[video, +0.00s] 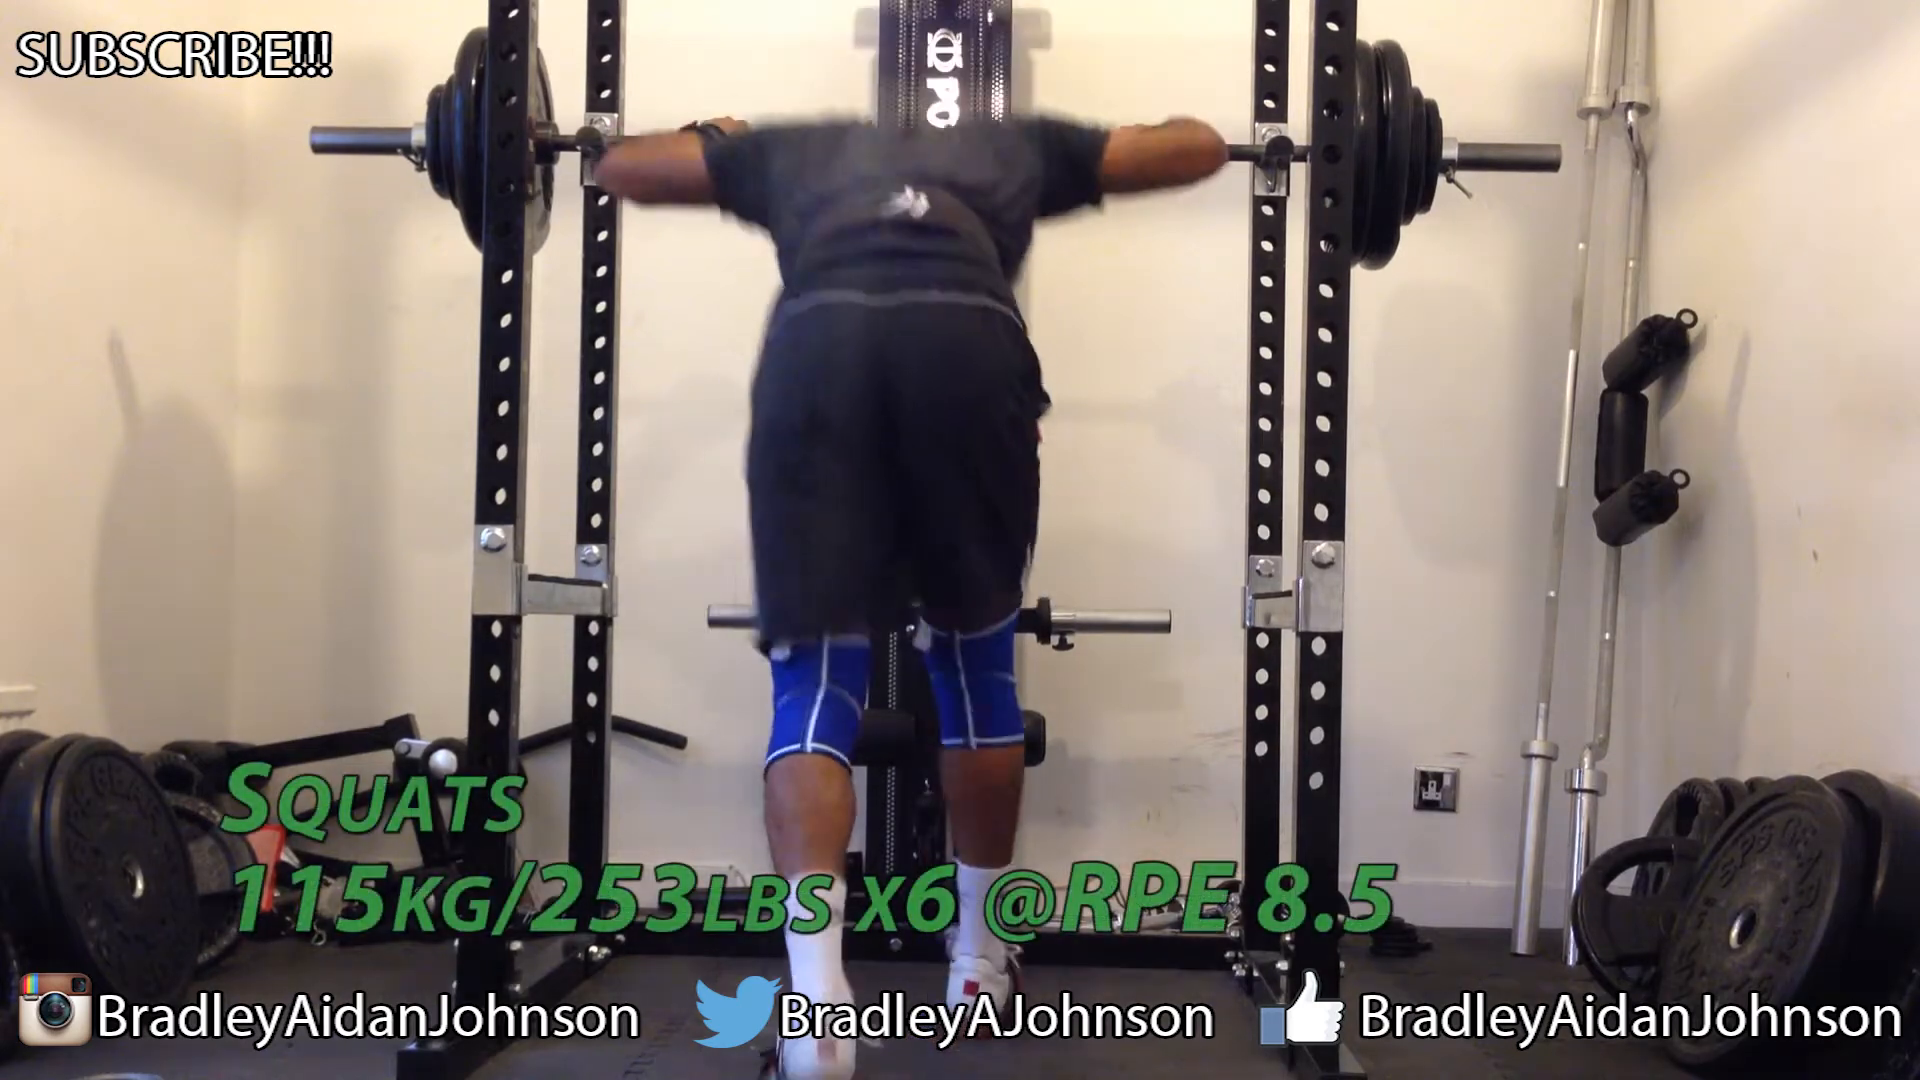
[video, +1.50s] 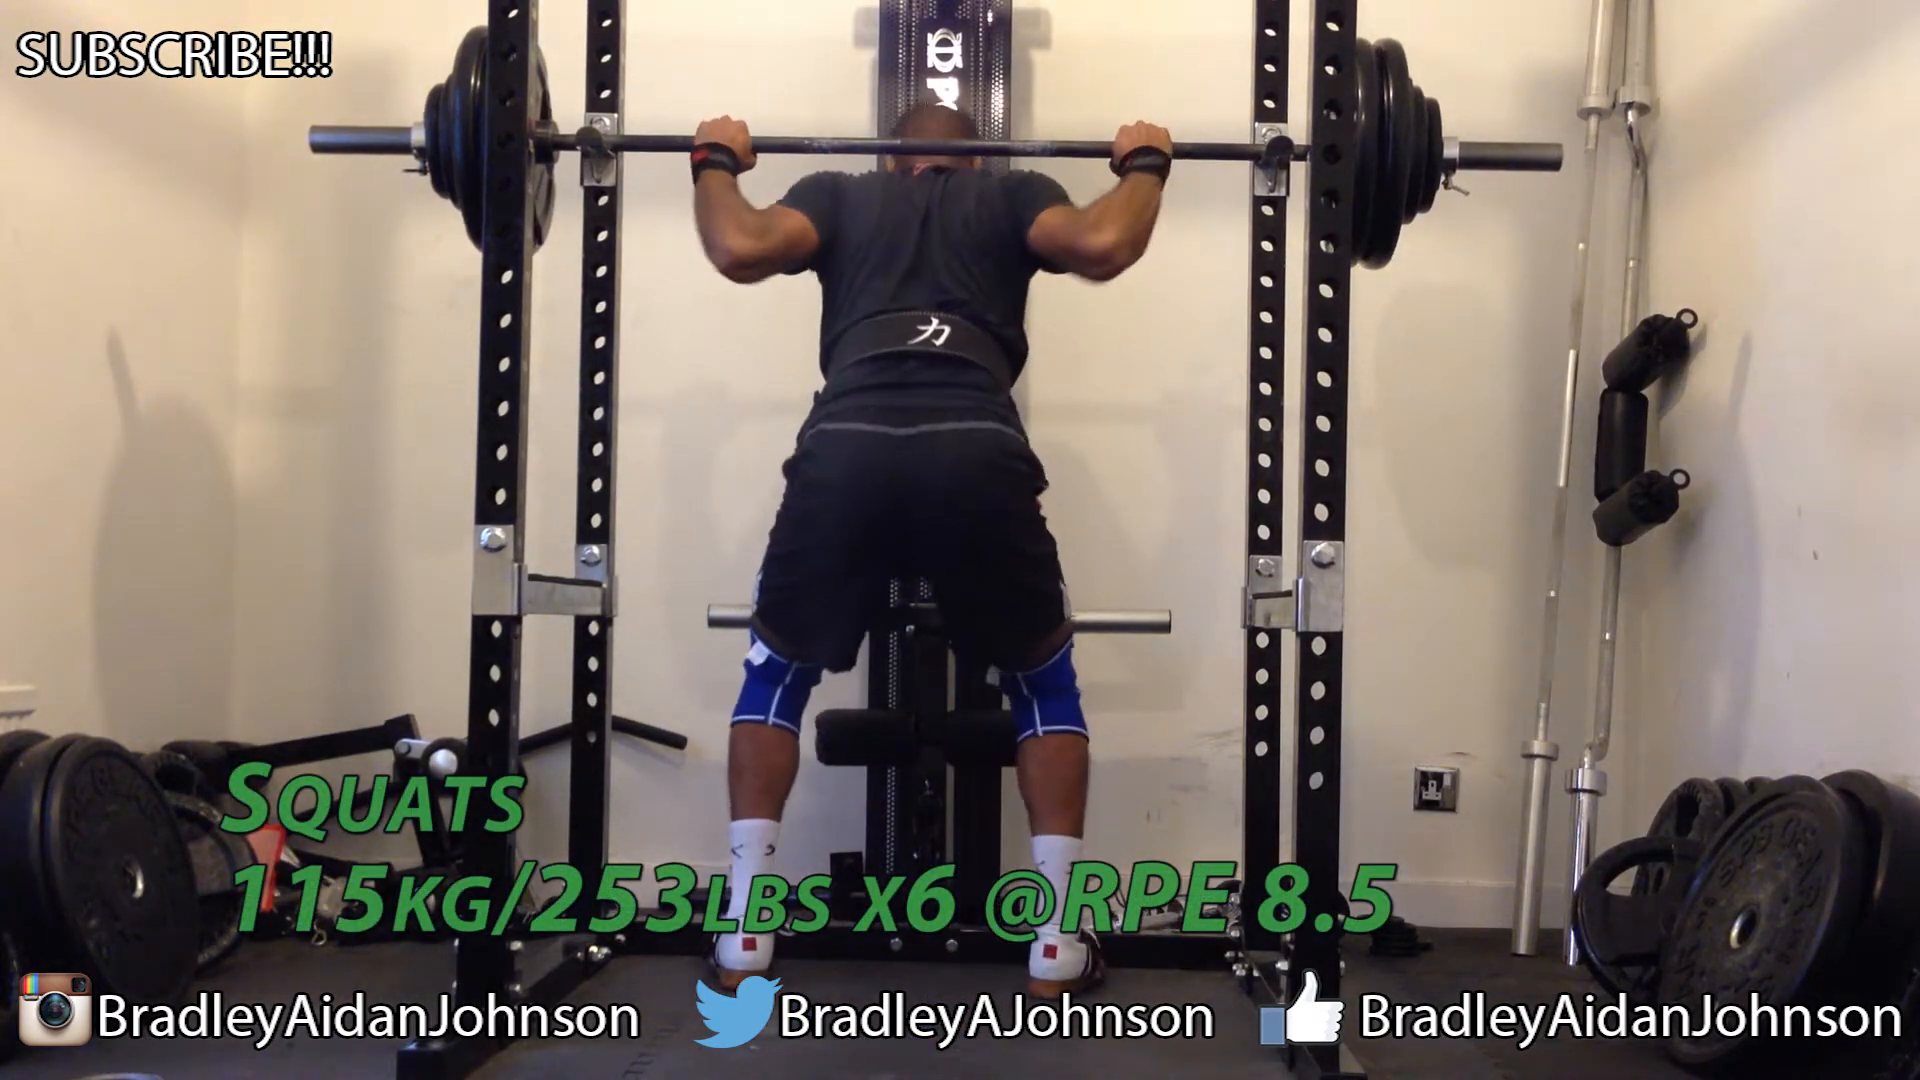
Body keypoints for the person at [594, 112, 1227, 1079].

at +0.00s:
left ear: (870, 109)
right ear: (968, 111)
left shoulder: (797, 147)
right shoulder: (1014, 143)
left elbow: (618, 167)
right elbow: (1199, 149)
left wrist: (700, 139)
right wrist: (1150, 135)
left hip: (816, 363)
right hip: (970, 360)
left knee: (814, 678)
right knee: (977, 665)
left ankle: (818, 1002)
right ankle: (979, 972)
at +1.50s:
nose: (938, 163)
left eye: (919, 150)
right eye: (957, 152)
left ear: (888, 157)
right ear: (977, 158)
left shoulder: (839, 193)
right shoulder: (1010, 191)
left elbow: (738, 247)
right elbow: (1102, 246)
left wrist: (712, 163)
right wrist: (1147, 163)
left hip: (844, 454)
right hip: (976, 455)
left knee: (775, 673)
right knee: (1043, 684)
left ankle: (745, 915)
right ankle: (1057, 930)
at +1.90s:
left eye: (894, 42)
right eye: (958, 46)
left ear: (878, 67)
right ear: (969, 67)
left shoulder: (829, 161)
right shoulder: (1005, 163)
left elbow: (786, 290)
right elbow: (1051, 289)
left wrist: (721, 186)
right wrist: (1135, 189)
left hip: (842, 407)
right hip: (968, 410)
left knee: (785, 669)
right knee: (1028, 675)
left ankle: (746, 921)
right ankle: (1055, 928)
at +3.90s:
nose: (938, 129)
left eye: (915, 123)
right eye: (953, 122)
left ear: (884, 133)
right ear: (971, 135)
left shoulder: (839, 167)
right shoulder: (1003, 167)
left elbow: (768, 225)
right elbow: (1066, 217)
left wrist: (721, 165)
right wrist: (1138, 167)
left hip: (851, 415)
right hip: (979, 413)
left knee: (776, 659)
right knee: (1038, 668)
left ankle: (744, 919)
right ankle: (1062, 926)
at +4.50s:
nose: (939, 127)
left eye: (917, 119)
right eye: (951, 118)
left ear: (878, 126)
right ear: (965, 126)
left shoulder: (835, 161)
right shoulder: (999, 162)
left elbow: (781, 259)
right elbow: (1048, 248)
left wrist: (720, 174)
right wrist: (1137, 183)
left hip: (847, 412)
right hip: (973, 409)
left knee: (776, 658)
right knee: (1032, 668)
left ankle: (744, 916)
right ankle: (1062, 926)